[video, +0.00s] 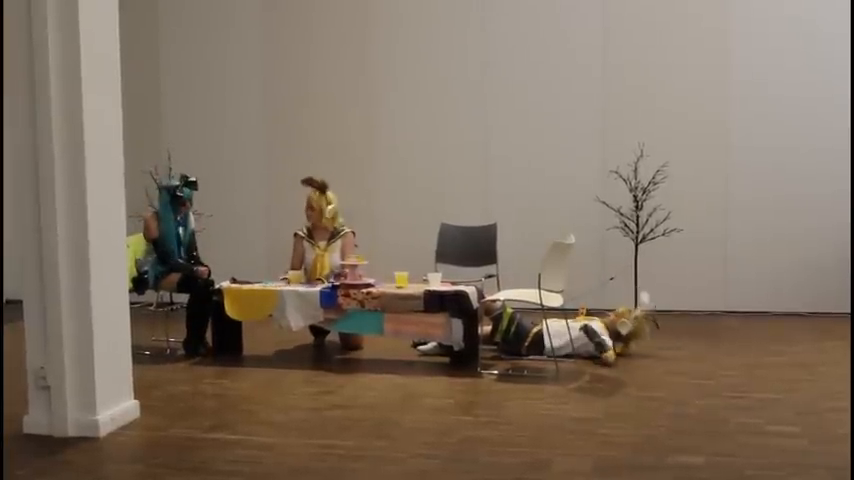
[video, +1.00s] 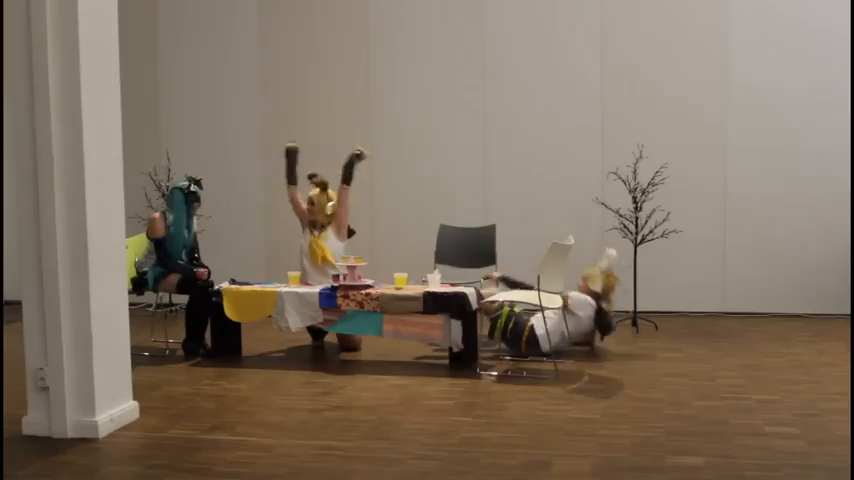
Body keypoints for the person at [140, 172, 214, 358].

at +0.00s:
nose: (186, 206)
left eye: (188, 202)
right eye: (183, 202)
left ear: (190, 202)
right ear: (172, 199)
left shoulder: (186, 218)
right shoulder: (154, 220)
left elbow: (192, 252)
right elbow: (165, 259)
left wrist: (200, 267)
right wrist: (193, 271)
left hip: (182, 268)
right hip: (161, 272)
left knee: (207, 285)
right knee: (199, 285)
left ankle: (199, 340)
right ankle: (192, 342)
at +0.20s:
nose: (188, 209)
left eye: (189, 205)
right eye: (185, 205)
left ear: (190, 205)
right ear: (174, 203)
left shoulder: (186, 221)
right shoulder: (154, 221)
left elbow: (192, 253)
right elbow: (165, 260)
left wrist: (200, 267)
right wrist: (193, 271)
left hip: (182, 269)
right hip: (161, 272)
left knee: (207, 284)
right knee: (199, 285)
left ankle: (199, 339)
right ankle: (192, 341)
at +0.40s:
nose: (189, 208)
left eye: (190, 204)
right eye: (186, 204)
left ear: (190, 205)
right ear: (175, 203)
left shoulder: (185, 222)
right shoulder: (154, 222)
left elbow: (191, 254)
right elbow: (164, 260)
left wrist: (199, 268)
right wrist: (192, 271)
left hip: (179, 270)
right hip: (158, 273)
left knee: (206, 285)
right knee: (198, 286)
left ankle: (199, 340)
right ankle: (192, 343)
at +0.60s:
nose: (191, 208)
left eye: (192, 203)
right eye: (188, 203)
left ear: (192, 204)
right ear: (176, 202)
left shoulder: (186, 223)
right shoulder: (155, 222)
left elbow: (191, 255)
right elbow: (164, 261)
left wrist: (200, 268)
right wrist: (191, 272)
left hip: (178, 270)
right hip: (157, 273)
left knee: (206, 285)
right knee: (197, 286)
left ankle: (198, 340)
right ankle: (191, 343)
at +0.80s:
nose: (194, 207)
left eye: (195, 203)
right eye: (191, 202)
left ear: (195, 204)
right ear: (178, 201)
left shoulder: (188, 222)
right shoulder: (157, 221)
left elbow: (193, 255)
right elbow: (165, 260)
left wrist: (200, 268)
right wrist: (191, 272)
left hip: (179, 269)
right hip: (157, 272)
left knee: (206, 285)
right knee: (198, 285)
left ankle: (199, 341)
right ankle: (191, 343)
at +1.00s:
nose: (195, 210)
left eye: (197, 206)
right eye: (193, 206)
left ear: (194, 205)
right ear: (180, 202)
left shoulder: (189, 222)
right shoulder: (158, 219)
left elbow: (194, 256)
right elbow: (164, 259)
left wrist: (202, 269)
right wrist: (192, 273)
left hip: (179, 270)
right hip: (158, 272)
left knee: (207, 287)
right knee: (198, 288)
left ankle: (198, 342)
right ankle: (191, 344)